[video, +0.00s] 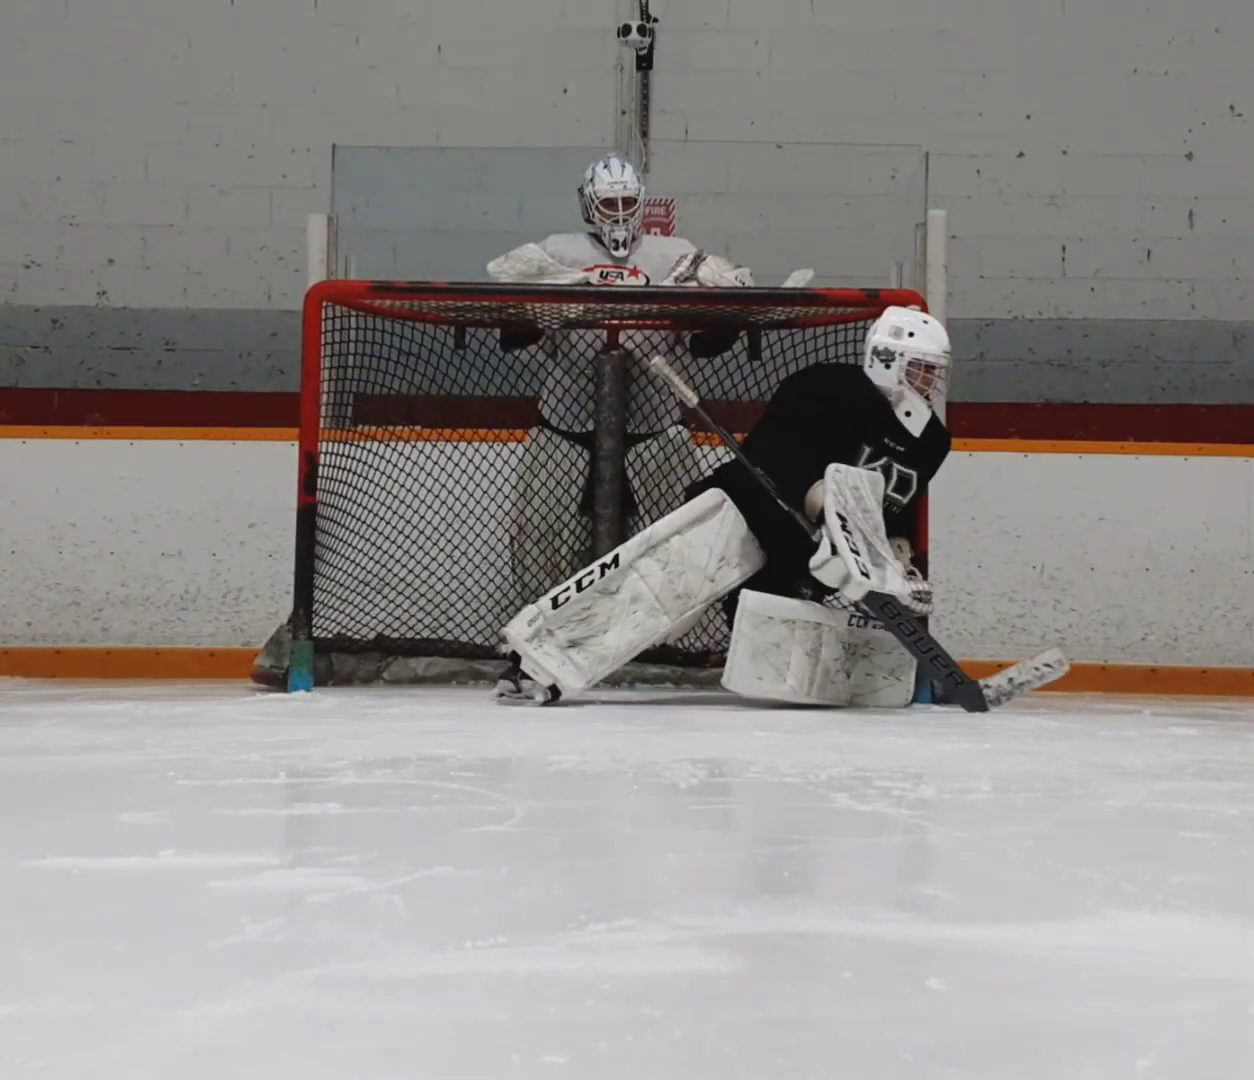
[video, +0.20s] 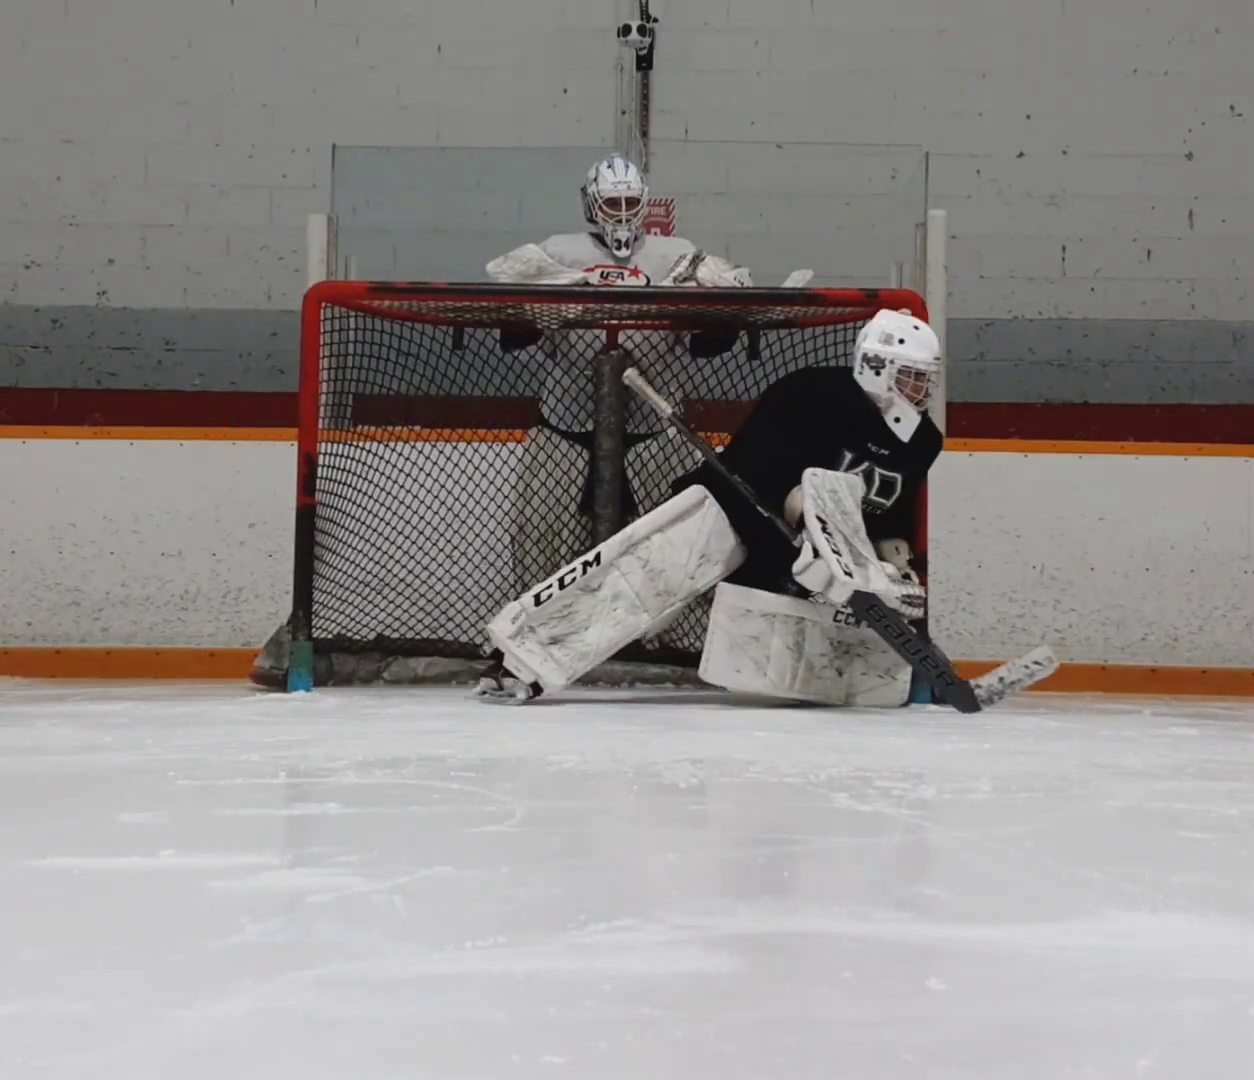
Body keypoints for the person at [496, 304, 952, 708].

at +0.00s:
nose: (932, 381)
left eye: (938, 370)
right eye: (923, 368)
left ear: (938, 372)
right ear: (887, 361)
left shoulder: (931, 441)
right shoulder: (827, 386)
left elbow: (896, 513)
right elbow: (768, 453)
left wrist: (895, 569)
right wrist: (817, 493)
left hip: (829, 553)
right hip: (751, 519)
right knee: (659, 585)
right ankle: (544, 663)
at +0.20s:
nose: (921, 389)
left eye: (928, 378)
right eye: (911, 376)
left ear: (934, 379)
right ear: (876, 367)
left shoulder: (922, 442)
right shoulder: (815, 392)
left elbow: (890, 516)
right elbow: (748, 468)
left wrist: (898, 561)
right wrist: (802, 513)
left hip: (815, 555)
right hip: (732, 518)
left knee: (890, 671)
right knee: (640, 578)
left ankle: (744, 666)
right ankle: (524, 662)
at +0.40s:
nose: (865, 404)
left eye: (872, 394)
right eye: (856, 391)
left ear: (876, 394)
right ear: (820, 380)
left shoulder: (867, 443)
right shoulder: (763, 409)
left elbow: (881, 511)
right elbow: (675, 469)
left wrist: (891, 556)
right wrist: (712, 520)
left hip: (773, 583)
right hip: (687, 561)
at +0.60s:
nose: (647, 375)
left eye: (661, 366)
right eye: (639, 364)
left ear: (692, 363)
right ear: (628, 357)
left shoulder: (735, 406)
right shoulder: (601, 404)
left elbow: (771, 480)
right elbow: (535, 459)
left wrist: (811, 525)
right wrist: (494, 505)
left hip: (696, 589)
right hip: (601, 585)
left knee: (701, 708)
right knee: (596, 706)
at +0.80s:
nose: (442, 370)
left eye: (455, 358)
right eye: (435, 358)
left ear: (496, 350)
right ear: (430, 358)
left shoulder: (554, 385)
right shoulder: (423, 413)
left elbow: (639, 431)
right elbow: (363, 468)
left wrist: (633, 476)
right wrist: (319, 493)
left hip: (599, 557)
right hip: (510, 585)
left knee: (686, 595)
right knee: (531, 678)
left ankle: (774, 656)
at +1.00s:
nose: (324, 357)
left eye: (334, 343)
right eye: (318, 346)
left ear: (371, 336)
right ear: (314, 348)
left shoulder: (429, 377)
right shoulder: (325, 400)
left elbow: (469, 445)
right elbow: (318, 489)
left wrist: (385, 446)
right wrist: (316, 451)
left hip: (478, 556)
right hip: (405, 564)